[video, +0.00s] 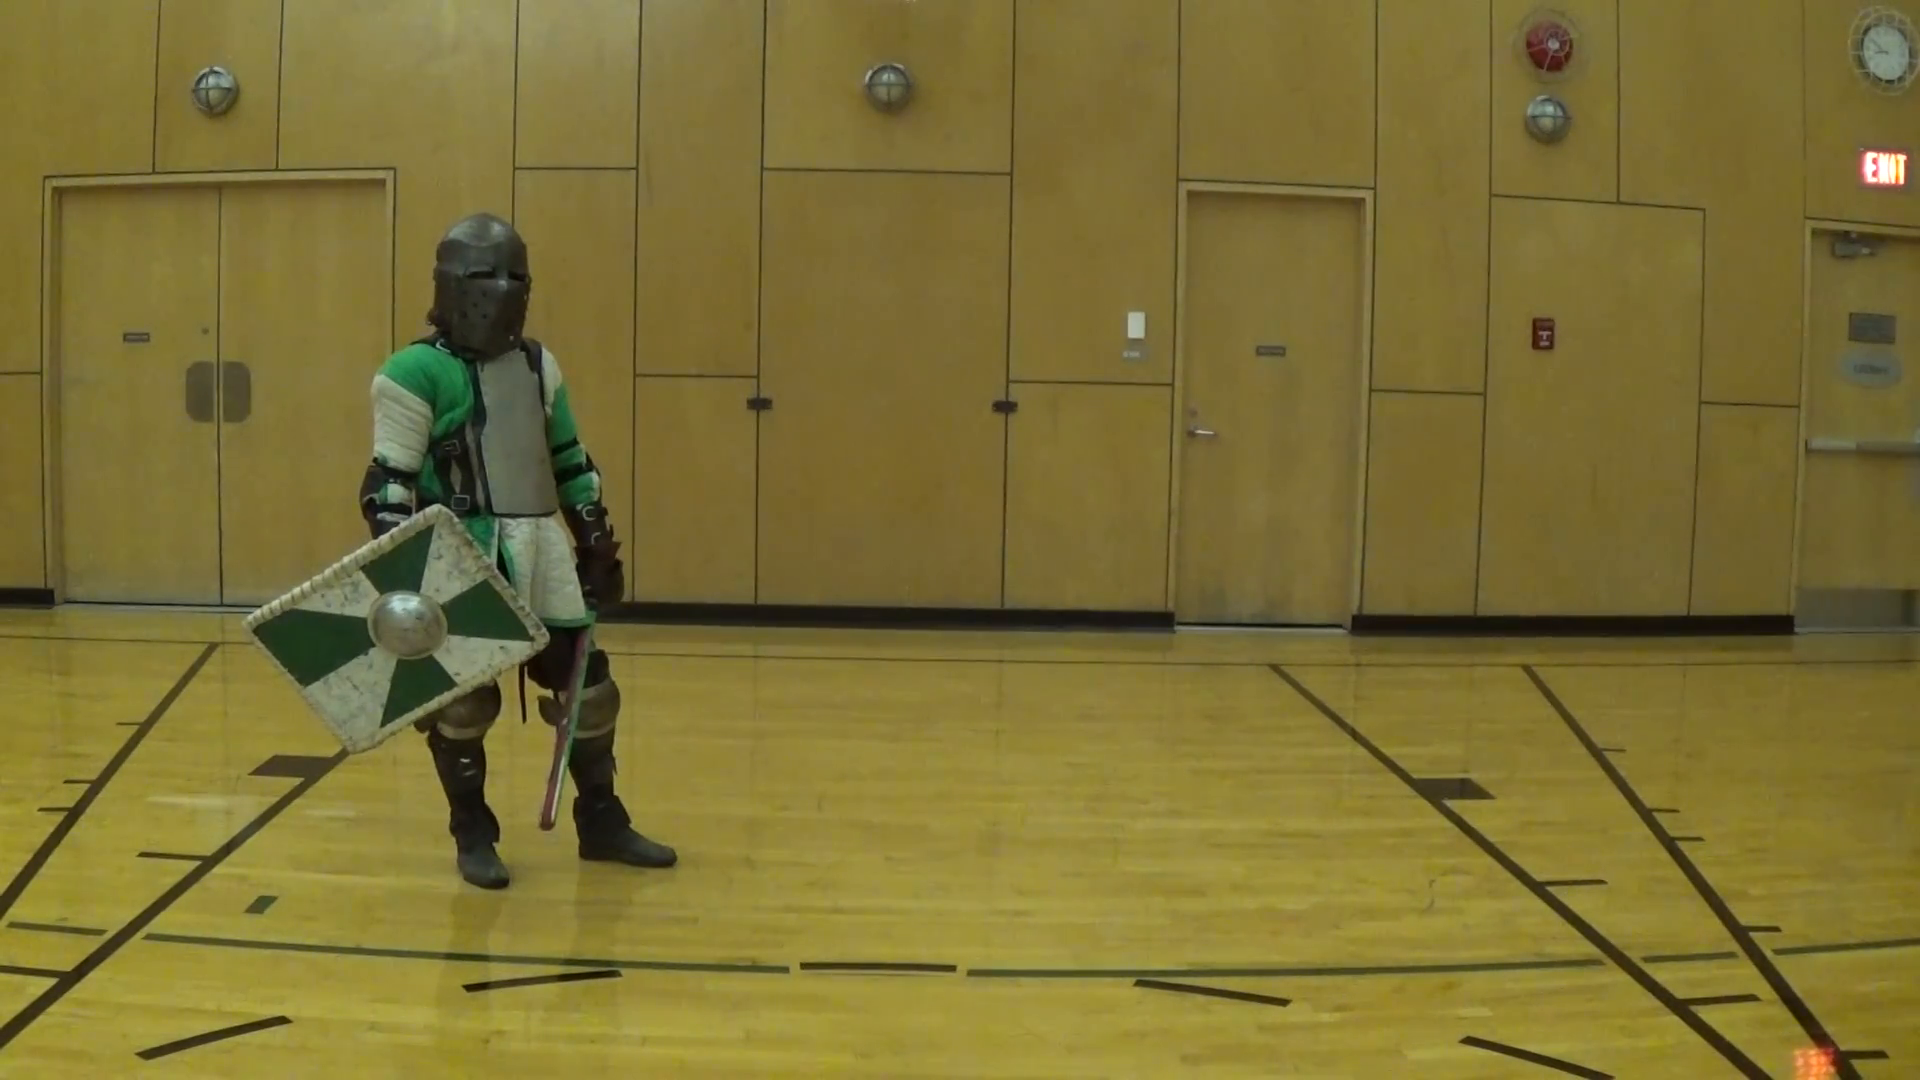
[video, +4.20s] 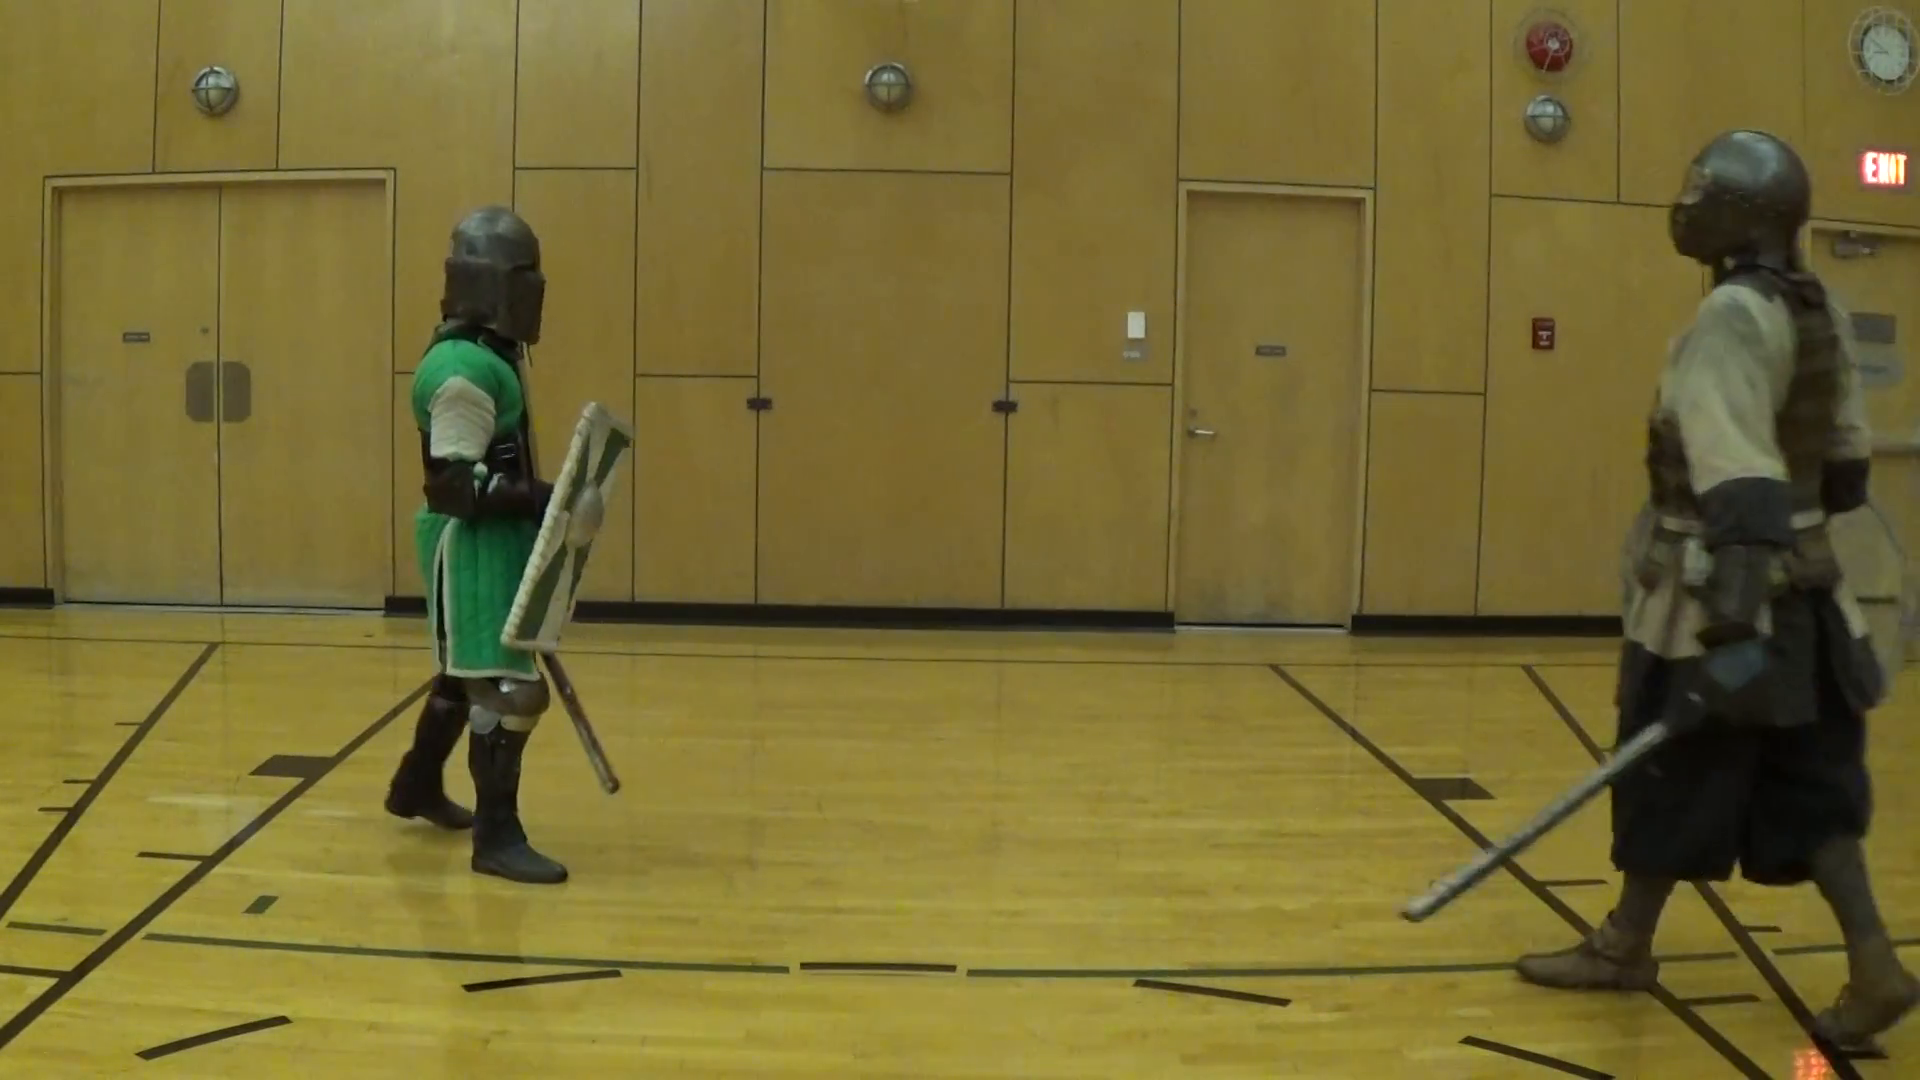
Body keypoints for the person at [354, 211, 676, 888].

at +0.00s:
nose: (502, 290)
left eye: (512, 276)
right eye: (485, 276)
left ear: (524, 286)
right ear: (448, 283)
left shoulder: (539, 367)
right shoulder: (414, 375)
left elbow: (572, 466)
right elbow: (389, 490)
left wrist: (599, 545)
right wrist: (411, 580)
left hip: (544, 545)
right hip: (457, 556)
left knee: (588, 682)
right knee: (464, 699)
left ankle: (601, 822)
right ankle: (473, 834)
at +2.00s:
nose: (500, 291)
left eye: (510, 278)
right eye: (485, 278)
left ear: (524, 284)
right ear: (451, 283)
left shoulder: (537, 362)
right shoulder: (419, 372)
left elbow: (565, 460)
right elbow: (390, 487)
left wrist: (590, 536)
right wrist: (419, 573)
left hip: (544, 545)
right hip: (461, 556)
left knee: (582, 684)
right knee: (465, 697)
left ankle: (601, 820)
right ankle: (473, 834)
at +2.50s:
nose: (491, 291)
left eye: (503, 276)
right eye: (472, 278)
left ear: (518, 282)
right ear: (435, 284)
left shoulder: (529, 357)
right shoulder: (415, 371)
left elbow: (549, 458)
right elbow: (397, 480)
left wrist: (579, 541)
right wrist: (468, 511)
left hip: (532, 555)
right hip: (449, 566)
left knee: (568, 670)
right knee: (462, 689)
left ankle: (556, 808)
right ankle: (474, 831)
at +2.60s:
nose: (490, 290)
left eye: (502, 275)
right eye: (472, 276)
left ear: (515, 281)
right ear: (436, 282)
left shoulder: (532, 363)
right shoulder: (417, 366)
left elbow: (571, 464)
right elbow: (409, 467)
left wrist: (582, 552)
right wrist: (495, 474)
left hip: (534, 551)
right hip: (452, 556)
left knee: (560, 675)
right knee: (466, 687)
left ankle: (517, 794)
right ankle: (472, 827)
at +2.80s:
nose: (487, 290)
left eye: (502, 275)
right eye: (473, 275)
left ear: (519, 280)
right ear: (443, 278)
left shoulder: (525, 359)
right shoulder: (427, 360)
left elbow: (552, 476)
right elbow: (483, 434)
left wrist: (574, 579)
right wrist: (544, 390)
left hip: (536, 537)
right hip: (468, 540)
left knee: (538, 676)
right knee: (473, 684)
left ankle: (504, 803)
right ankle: (473, 830)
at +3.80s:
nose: (550, 289)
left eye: (548, 276)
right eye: (539, 276)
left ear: (496, 282)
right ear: (508, 282)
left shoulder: (514, 359)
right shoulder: (471, 365)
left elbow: (514, 469)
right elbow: (465, 484)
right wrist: (560, 490)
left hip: (513, 539)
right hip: (484, 544)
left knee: (517, 682)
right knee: (509, 686)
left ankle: (506, 810)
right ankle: (492, 837)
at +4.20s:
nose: (536, 291)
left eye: (534, 278)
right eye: (526, 278)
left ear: (475, 284)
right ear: (492, 283)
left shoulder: (489, 361)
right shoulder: (462, 368)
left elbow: (493, 471)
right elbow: (450, 485)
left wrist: (546, 503)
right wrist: (540, 500)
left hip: (485, 537)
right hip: (471, 541)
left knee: (466, 672)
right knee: (512, 688)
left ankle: (416, 779)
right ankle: (498, 838)